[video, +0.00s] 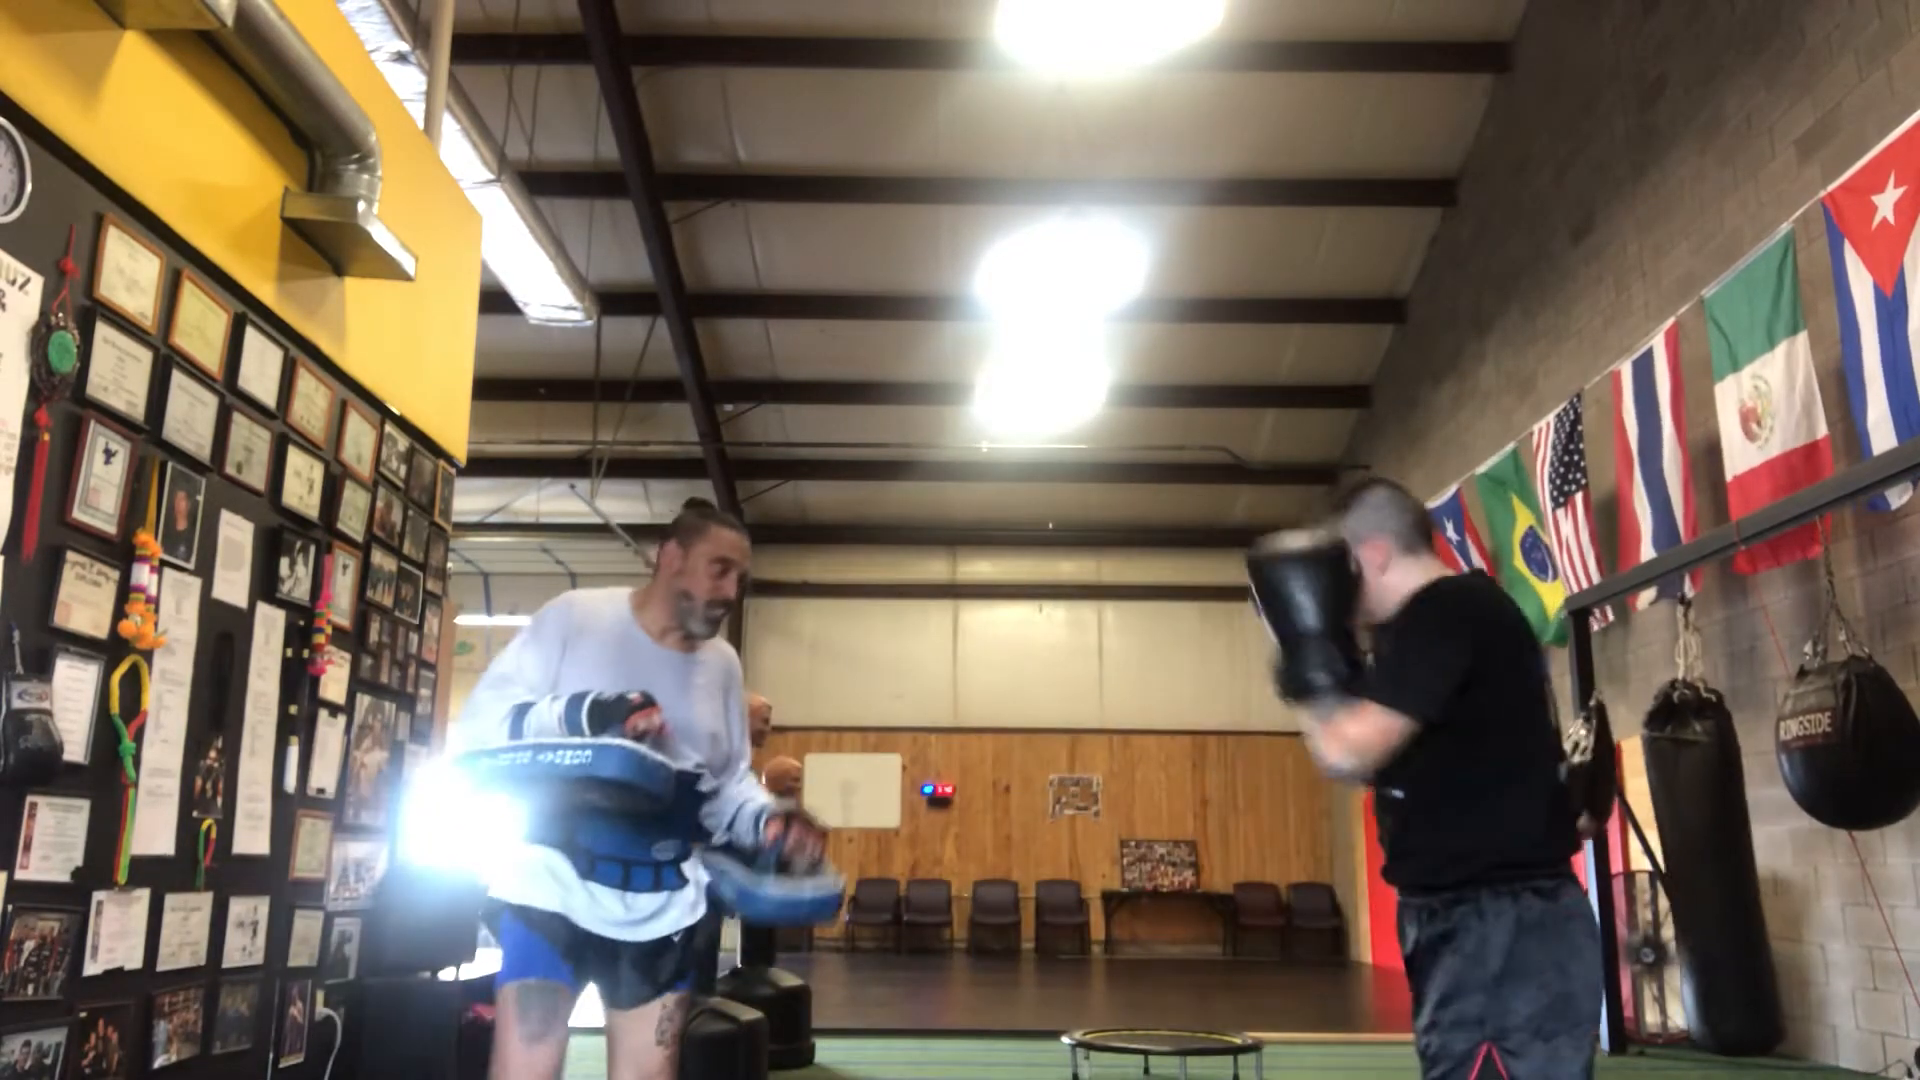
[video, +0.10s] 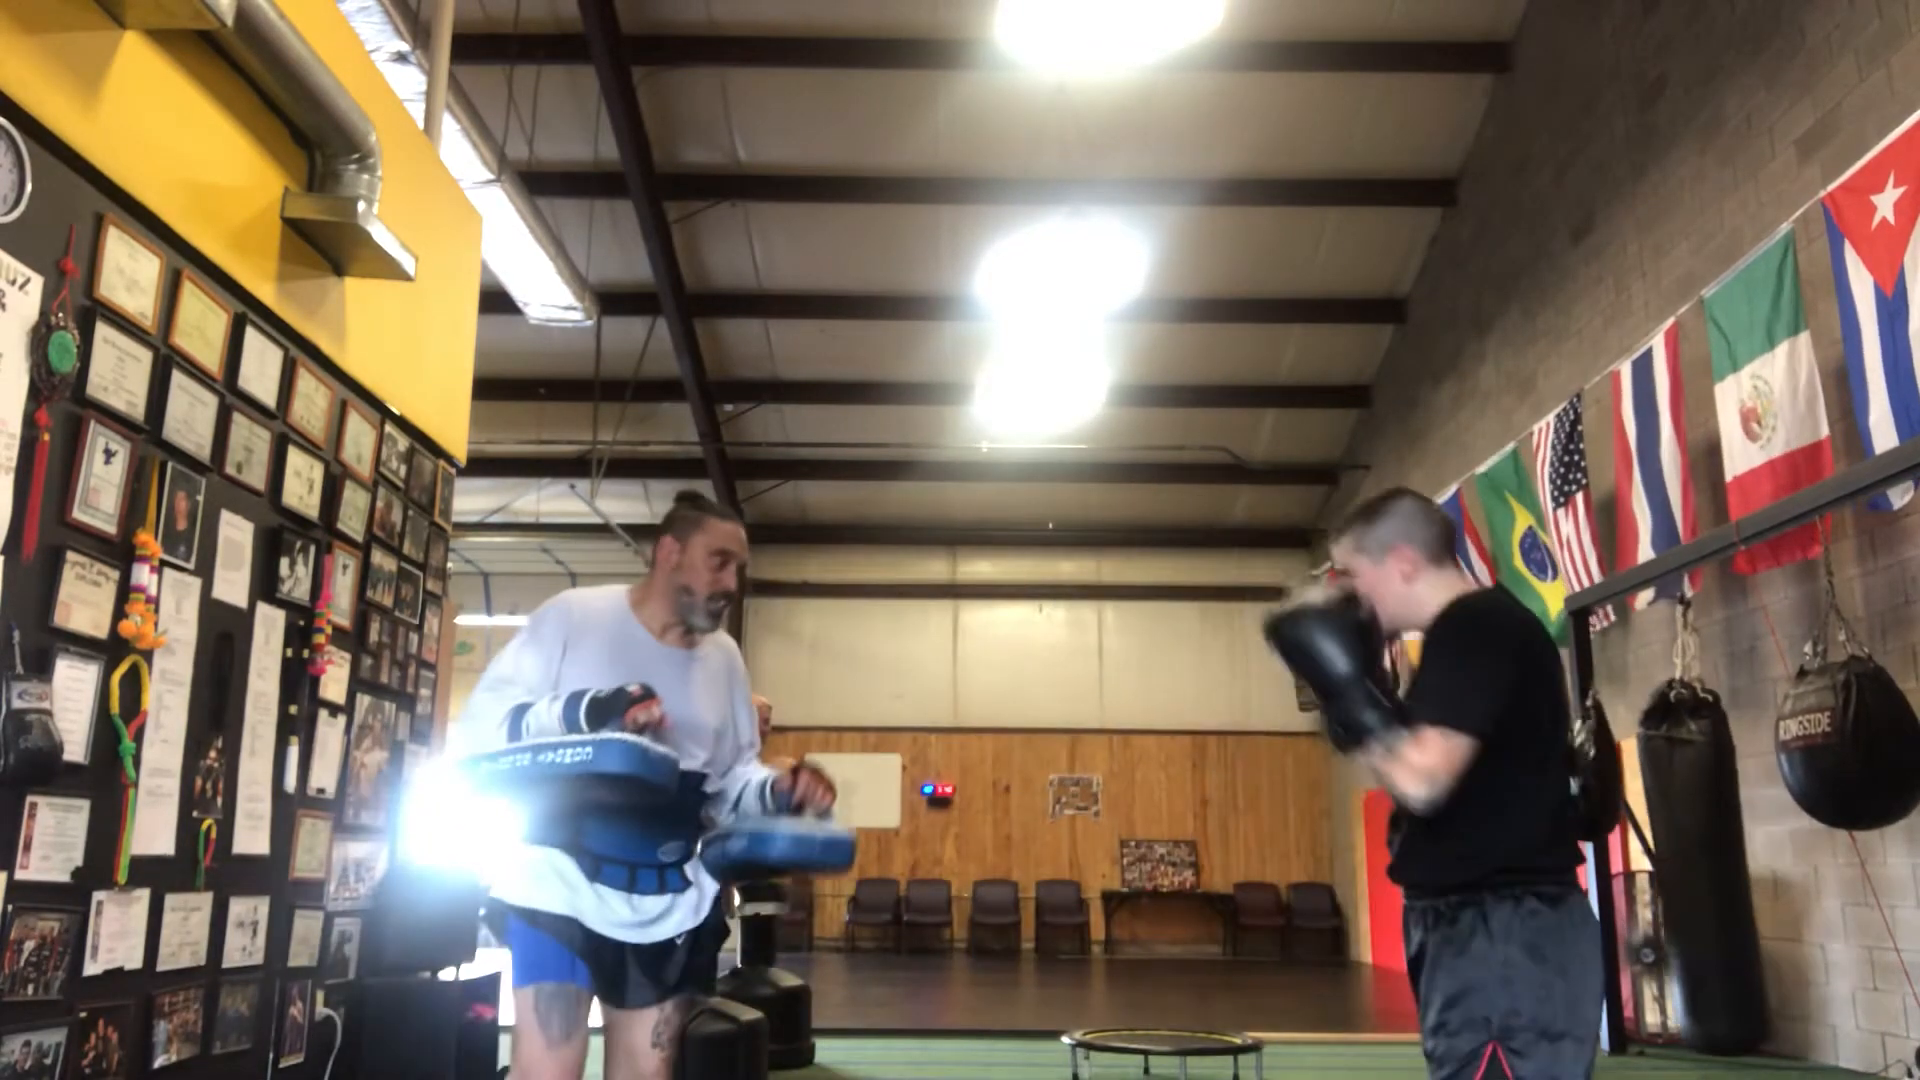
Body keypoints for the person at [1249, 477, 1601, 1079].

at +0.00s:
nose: (1340, 587)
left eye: (1344, 568)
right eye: (1338, 569)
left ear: (1375, 556)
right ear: (1391, 547)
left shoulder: (1450, 613)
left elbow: (1349, 748)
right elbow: (1347, 752)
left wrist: (1307, 648)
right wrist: (1324, 653)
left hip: (1497, 937)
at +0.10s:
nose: (1352, 595)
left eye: (1354, 575)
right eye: (1346, 579)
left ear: (1402, 565)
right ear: (1406, 565)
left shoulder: (1478, 627)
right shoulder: (1460, 633)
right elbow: (1398, 767)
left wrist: (1348, 683)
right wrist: (1352, 676)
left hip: (1504, 938)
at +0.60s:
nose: (1371, 606)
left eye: (1380, 589)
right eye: (1367, 593)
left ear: (1436, 584)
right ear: (1436, 586)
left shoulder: (1487, 639)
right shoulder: (1450, 661)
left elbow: (1448, 769)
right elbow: (1414, 799)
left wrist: (1374, 670)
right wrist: (1345, 711)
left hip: (1502, 920)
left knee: (1411, 1069)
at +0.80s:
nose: (1332, 611)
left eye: (1342, 590)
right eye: (1329, 595)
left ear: (1398, 584)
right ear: (1401, 585)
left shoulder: (1437, 646)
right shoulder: (1458, 644)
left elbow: (1374, 772)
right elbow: (1371, 766)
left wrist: (1308, 688)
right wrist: (1314, 692)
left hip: (1452, 930)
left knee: (1393, 1066)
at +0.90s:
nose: (1325, 605)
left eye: (1331, 586)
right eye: (1322, 591)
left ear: (1380, 579)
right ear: (1389, 579)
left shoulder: (1410, 634)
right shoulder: (1453, 637)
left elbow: (1302, 726)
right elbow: (1339, 763)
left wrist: (1273, 651)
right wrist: (1281, 673)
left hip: (1438, 919)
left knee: (1392, 1066)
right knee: (1454, 1068)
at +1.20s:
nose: (1309, 620)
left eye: (1316, 600)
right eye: (1306, 603)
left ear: (1367, 593)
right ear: (1373, 591)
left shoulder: (1378, 652)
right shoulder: (1453, 651)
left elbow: (1254, 720)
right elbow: (1321, 762)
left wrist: (1196, 632)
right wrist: (1292, 649)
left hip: (1414, 931)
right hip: (1492, 921)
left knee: (1363, 1066)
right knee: (1486, 1069)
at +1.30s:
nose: (1302, 612)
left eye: (1307, 596)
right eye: (1299, 599)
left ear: (1356, 586)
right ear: (1373, 584)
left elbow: (1217, 682)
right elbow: (1341, 762)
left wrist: (1185, 586)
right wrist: (1297, 644)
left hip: (1409, 923)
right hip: (1496, 915)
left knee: (1378, 1065)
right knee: (1490, 1068)